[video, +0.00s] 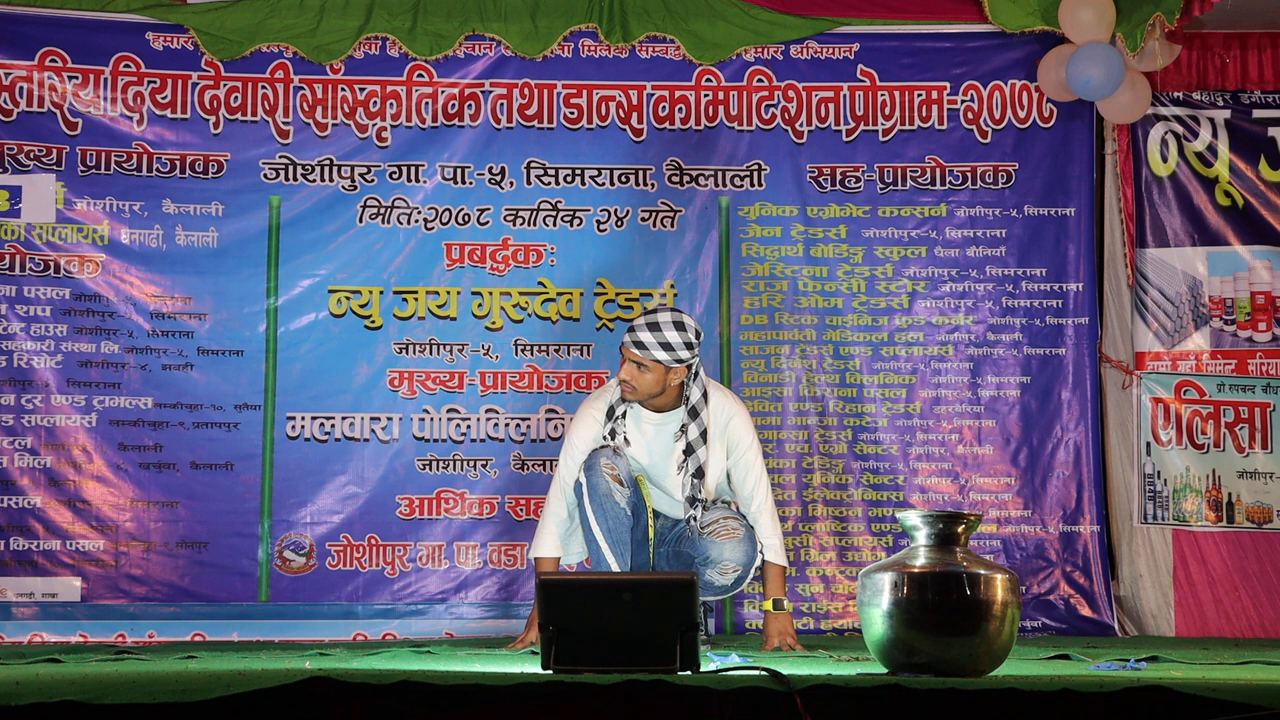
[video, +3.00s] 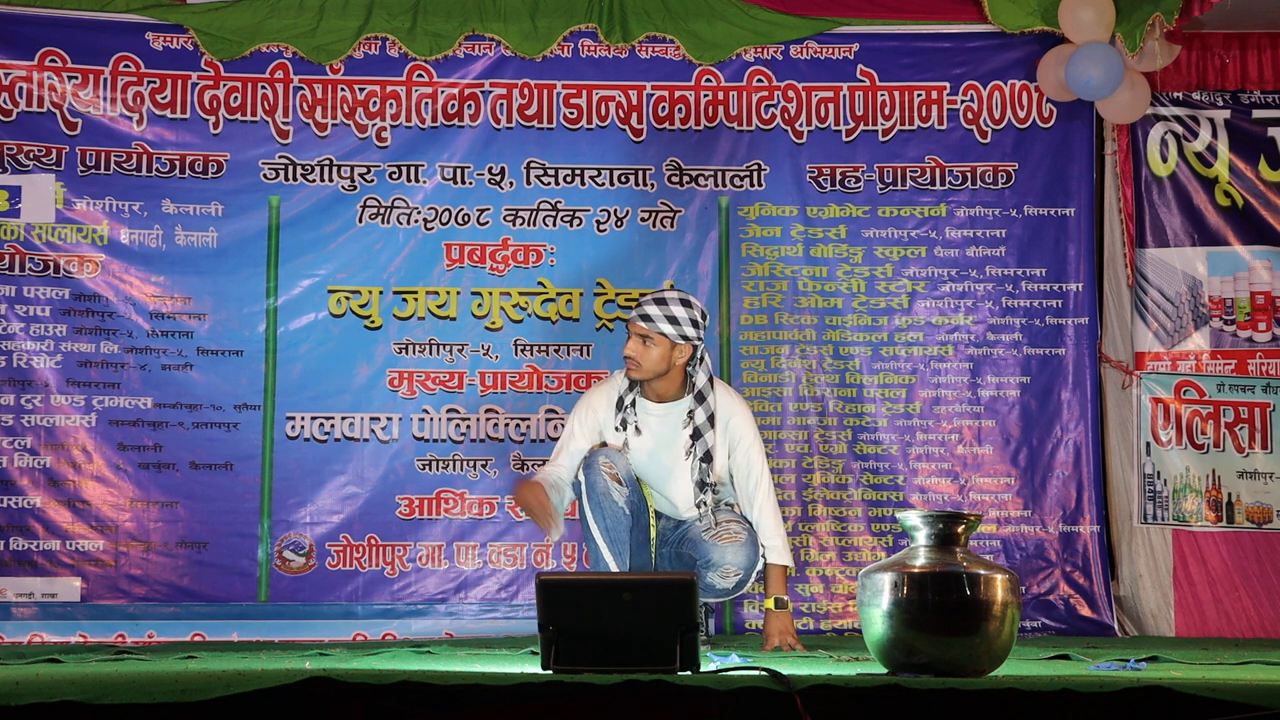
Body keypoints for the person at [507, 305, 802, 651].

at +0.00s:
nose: (622, 374)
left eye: (639, 367)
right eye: (623, 360)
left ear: (677, 374)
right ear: (621, 355)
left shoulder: (726, 414)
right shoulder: (598, 411)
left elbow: (761, 508)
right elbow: (558, 506)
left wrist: (777, 609)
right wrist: (541, 608)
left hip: (692, 539)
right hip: (628, 532)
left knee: (733, 546)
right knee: (603, 463)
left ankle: (688, 610)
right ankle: (621, 607)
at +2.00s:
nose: (623, 372)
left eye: (639, 365)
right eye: (624, 358)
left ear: (678, 372)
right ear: (622, 354)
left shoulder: (728, 414)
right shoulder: (601, 411)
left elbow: (762, 508)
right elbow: (559, 506)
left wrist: (777, 609)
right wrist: (542, 608)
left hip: (692, 543)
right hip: (630, 534)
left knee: (732, 542)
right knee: (604, 462)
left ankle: (690, 611)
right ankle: (619, 607)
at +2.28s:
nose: (623, 355)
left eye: (640, 346)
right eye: (624, 341)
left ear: (676, 357)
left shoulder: (726, 410)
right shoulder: (602, 404)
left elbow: (761, 503)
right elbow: (560, 495)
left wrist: (776, 604)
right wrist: (530, 590)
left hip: (693, 542)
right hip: (630, 532)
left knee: (734, 545)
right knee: (599, 461)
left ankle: (688, 613)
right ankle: (621, 605)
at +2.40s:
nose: (625, 350)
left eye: (641, 340)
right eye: (627, 336)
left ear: (679, 351)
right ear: (625, 336)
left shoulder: (728, 408)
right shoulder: (603, 402)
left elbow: (761, 502)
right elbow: (562, 498)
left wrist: (776, 602)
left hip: (695, 541)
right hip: (629, 534)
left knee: (731, 539)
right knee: (601, 462)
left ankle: (691, 614)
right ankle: (618, 605)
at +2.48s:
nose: (627, 347)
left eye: (642, 338)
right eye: (627, 334)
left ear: (680, 350)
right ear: (625, 336)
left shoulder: (728, 409)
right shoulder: (603, 401)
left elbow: (761, 505)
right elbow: (558, 497)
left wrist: (777, 605)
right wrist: (480, 503)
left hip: (693, 536)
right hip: (633, 532)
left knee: (734, 542)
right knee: (604, 461)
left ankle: (681, 614)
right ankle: (623, 607)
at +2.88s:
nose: (630, 346)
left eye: (647, 338)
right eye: (631, 333)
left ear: (684, 351)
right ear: (628, 334)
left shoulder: (727, 411)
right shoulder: (603, 399)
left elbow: (762, 505)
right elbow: (559, 492)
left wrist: (778, 607)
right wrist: (497, 472)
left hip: (695, 534)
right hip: (634, 530)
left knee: (736, 555)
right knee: (605, 463)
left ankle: (679, 611)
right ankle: (627, 607)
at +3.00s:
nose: (628, 348)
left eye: (645, 340)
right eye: (629, 336)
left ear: (681, 353)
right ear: (625, 335)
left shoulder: (727, 410)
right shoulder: (604, 400)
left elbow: (762, 503)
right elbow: (559, 473)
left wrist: (778, 604)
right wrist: (535, 490)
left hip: (697, 537)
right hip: (634, 529)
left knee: (736, 550)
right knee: (601, 461)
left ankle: (684, 610)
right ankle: (619, 603)